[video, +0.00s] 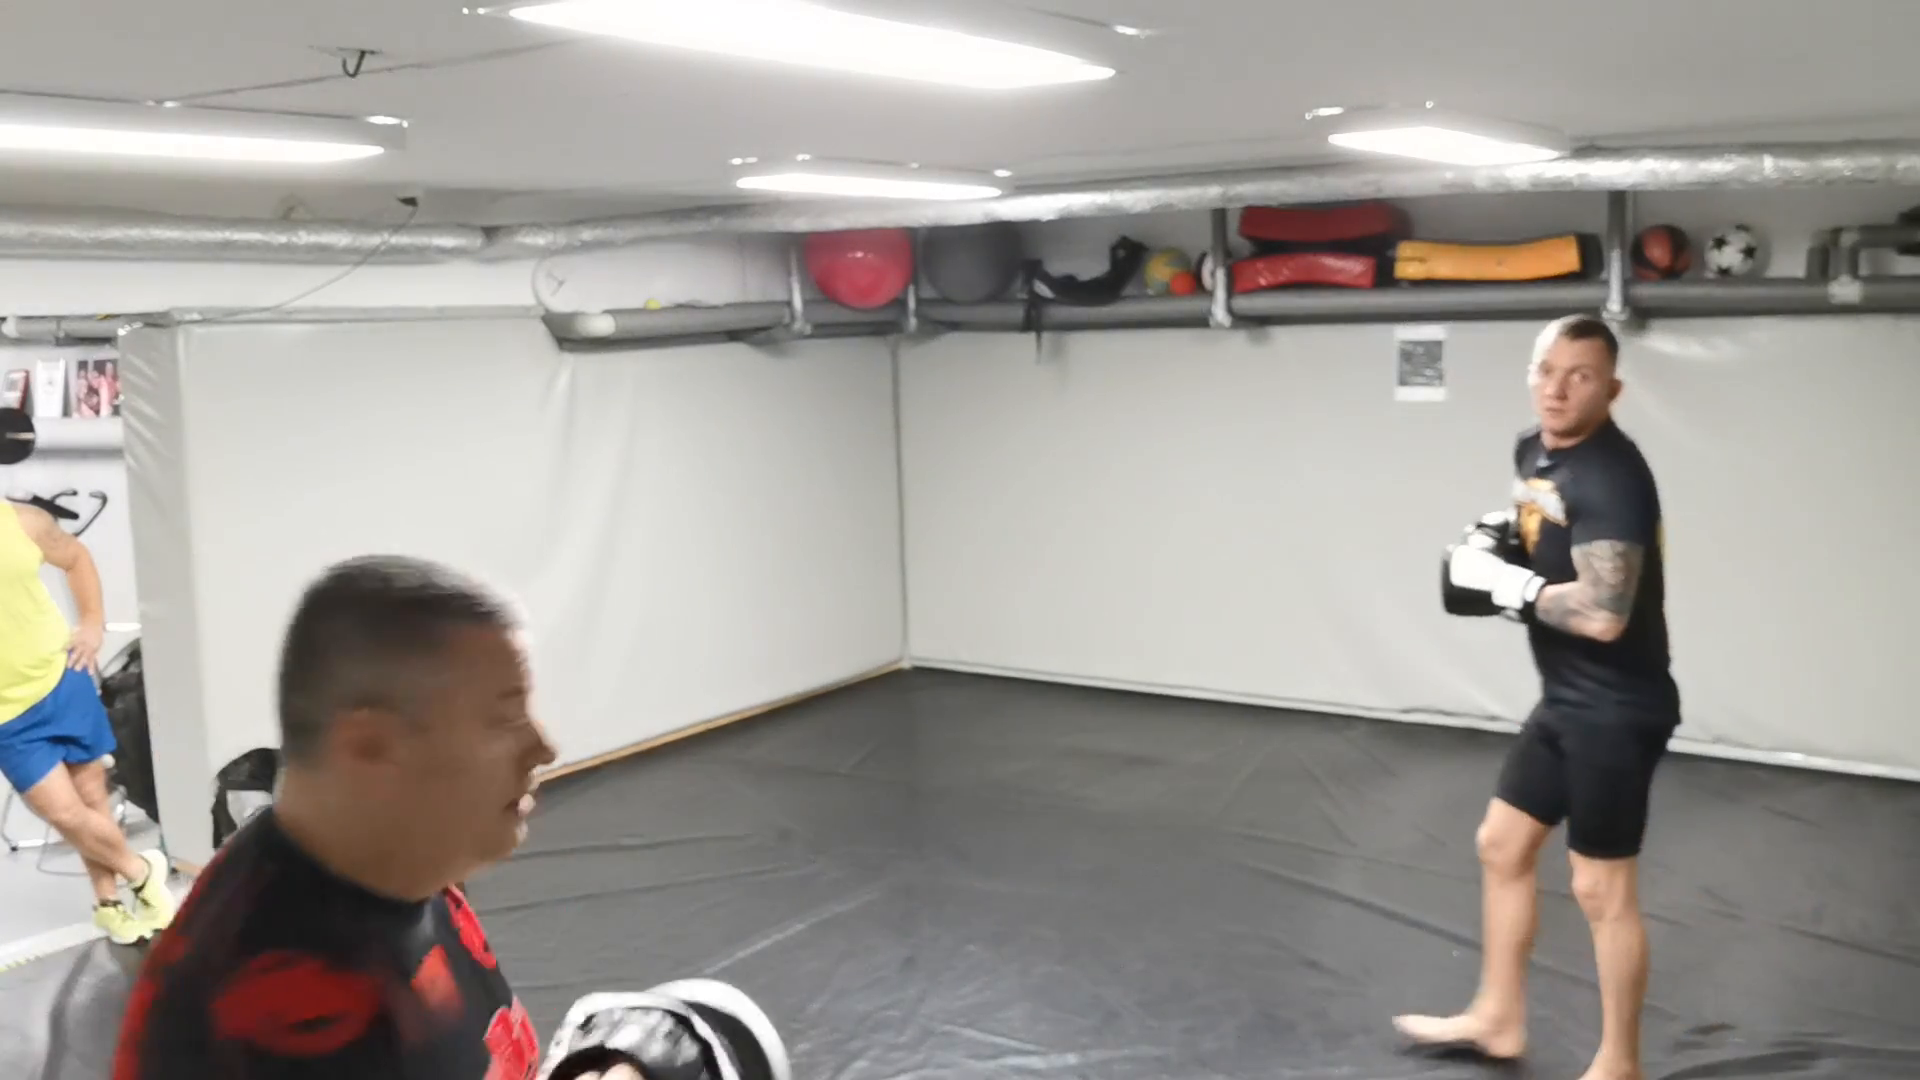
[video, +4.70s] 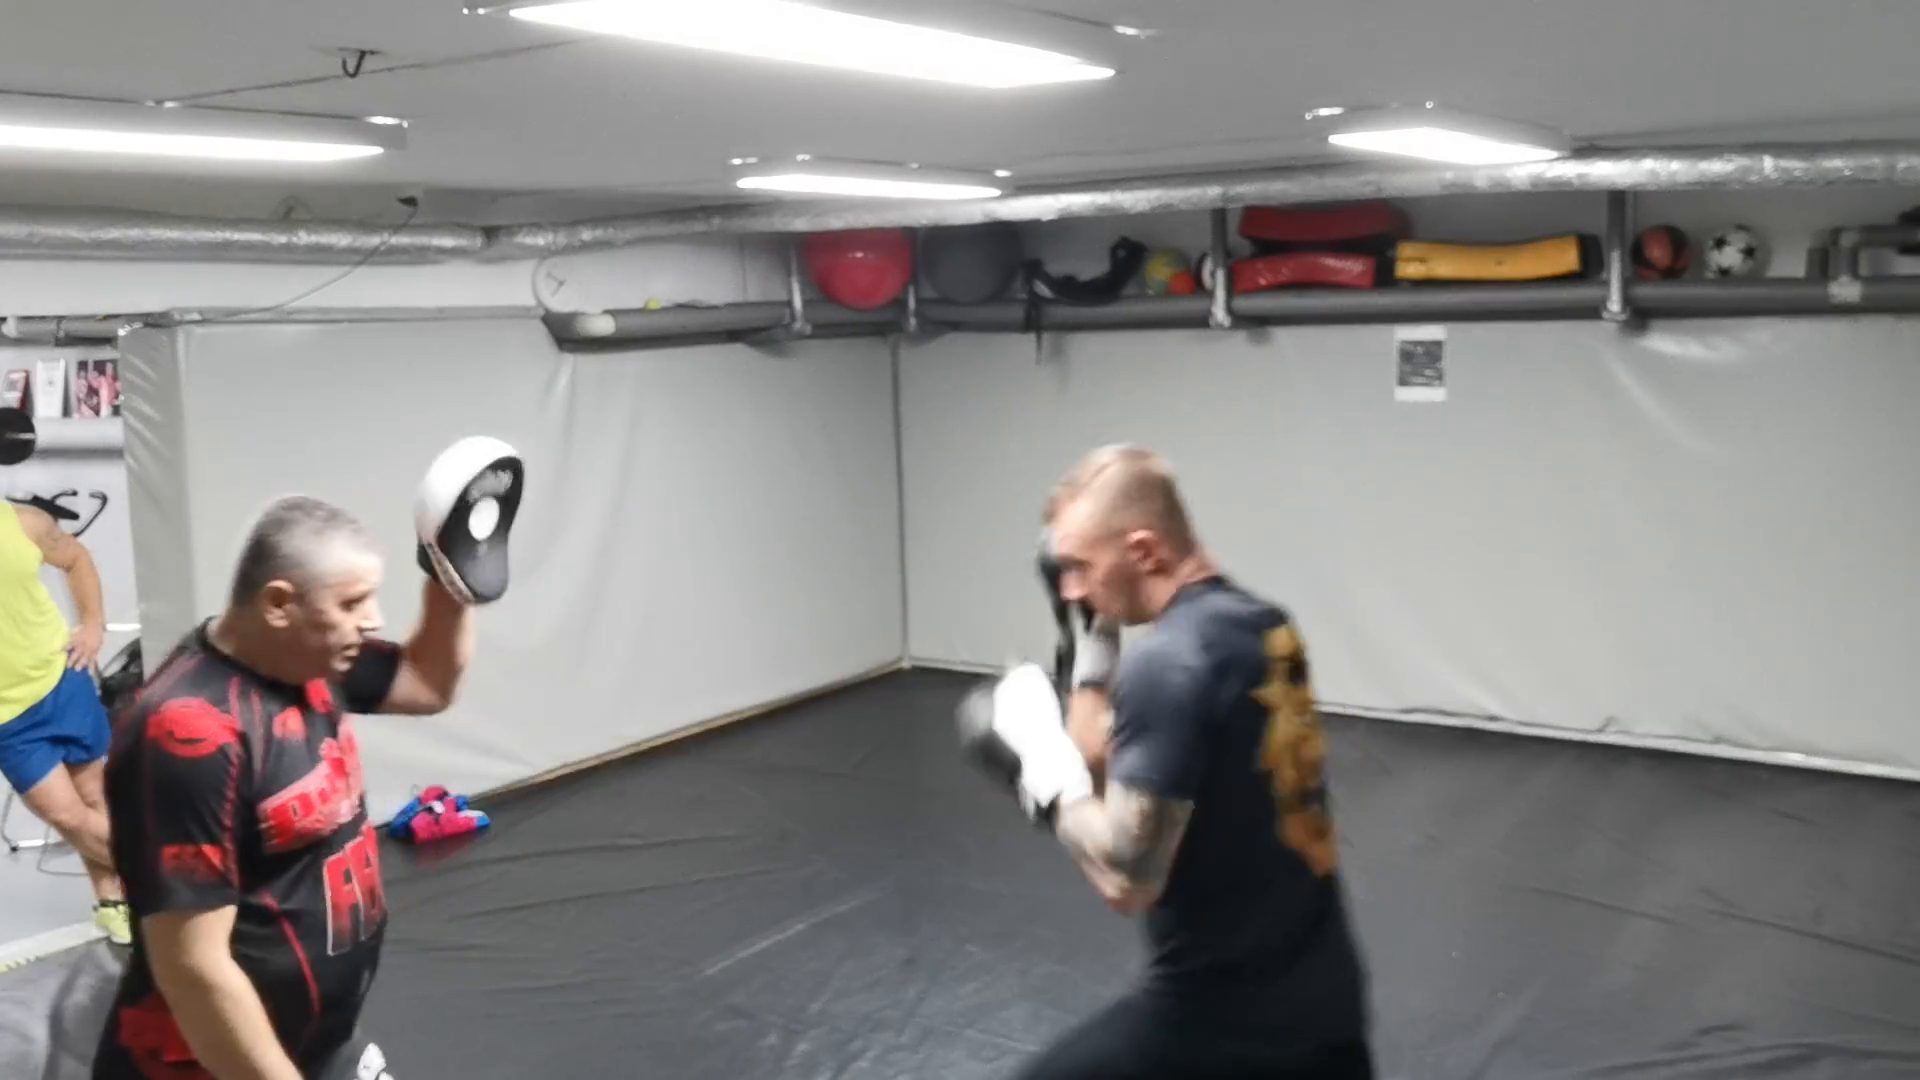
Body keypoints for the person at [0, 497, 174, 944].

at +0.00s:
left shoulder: (19, 521)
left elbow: (76, 558)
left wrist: (92, 623)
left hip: (62, 682)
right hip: (8, 715)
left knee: (92, 797)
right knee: (64, 815)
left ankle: (107, 901)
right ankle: (142, 872)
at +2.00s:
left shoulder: (22, 522)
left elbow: (77, 559)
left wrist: (93, 623)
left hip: (62, 683)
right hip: (8, 716)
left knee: (91, 799)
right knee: (65, 817)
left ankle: (108, 901)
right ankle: (142, 872)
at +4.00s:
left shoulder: (20, 523)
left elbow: (76, 558)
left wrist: (92, 623)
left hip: (61, 682)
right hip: (7, 715)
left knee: (91, 798)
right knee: (66, 817)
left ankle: (108, 901)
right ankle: (141, 873)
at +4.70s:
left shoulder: (22, 523)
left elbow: (76, 558)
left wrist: (93, 623)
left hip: (62, 681)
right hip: (8, 717)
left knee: (93, 797)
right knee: (66, 818)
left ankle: (110, 899)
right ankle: (155, 863)